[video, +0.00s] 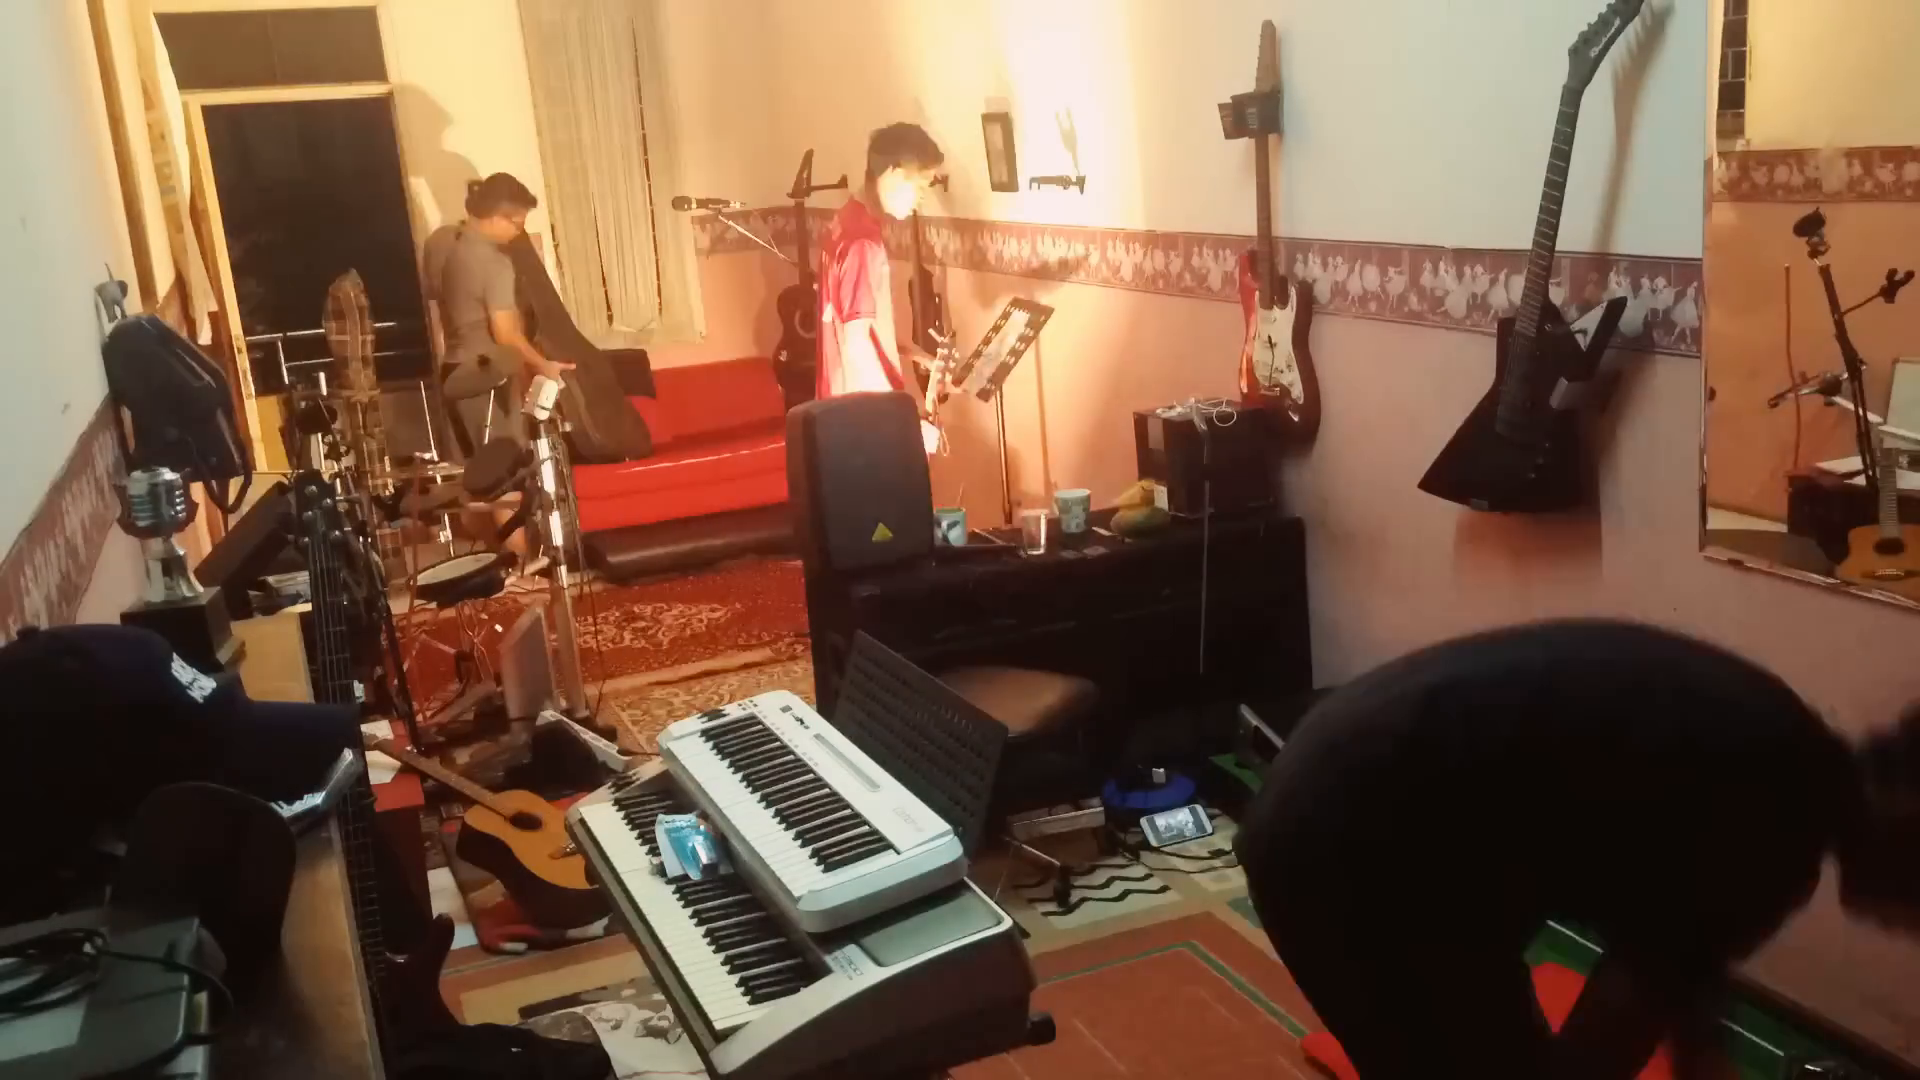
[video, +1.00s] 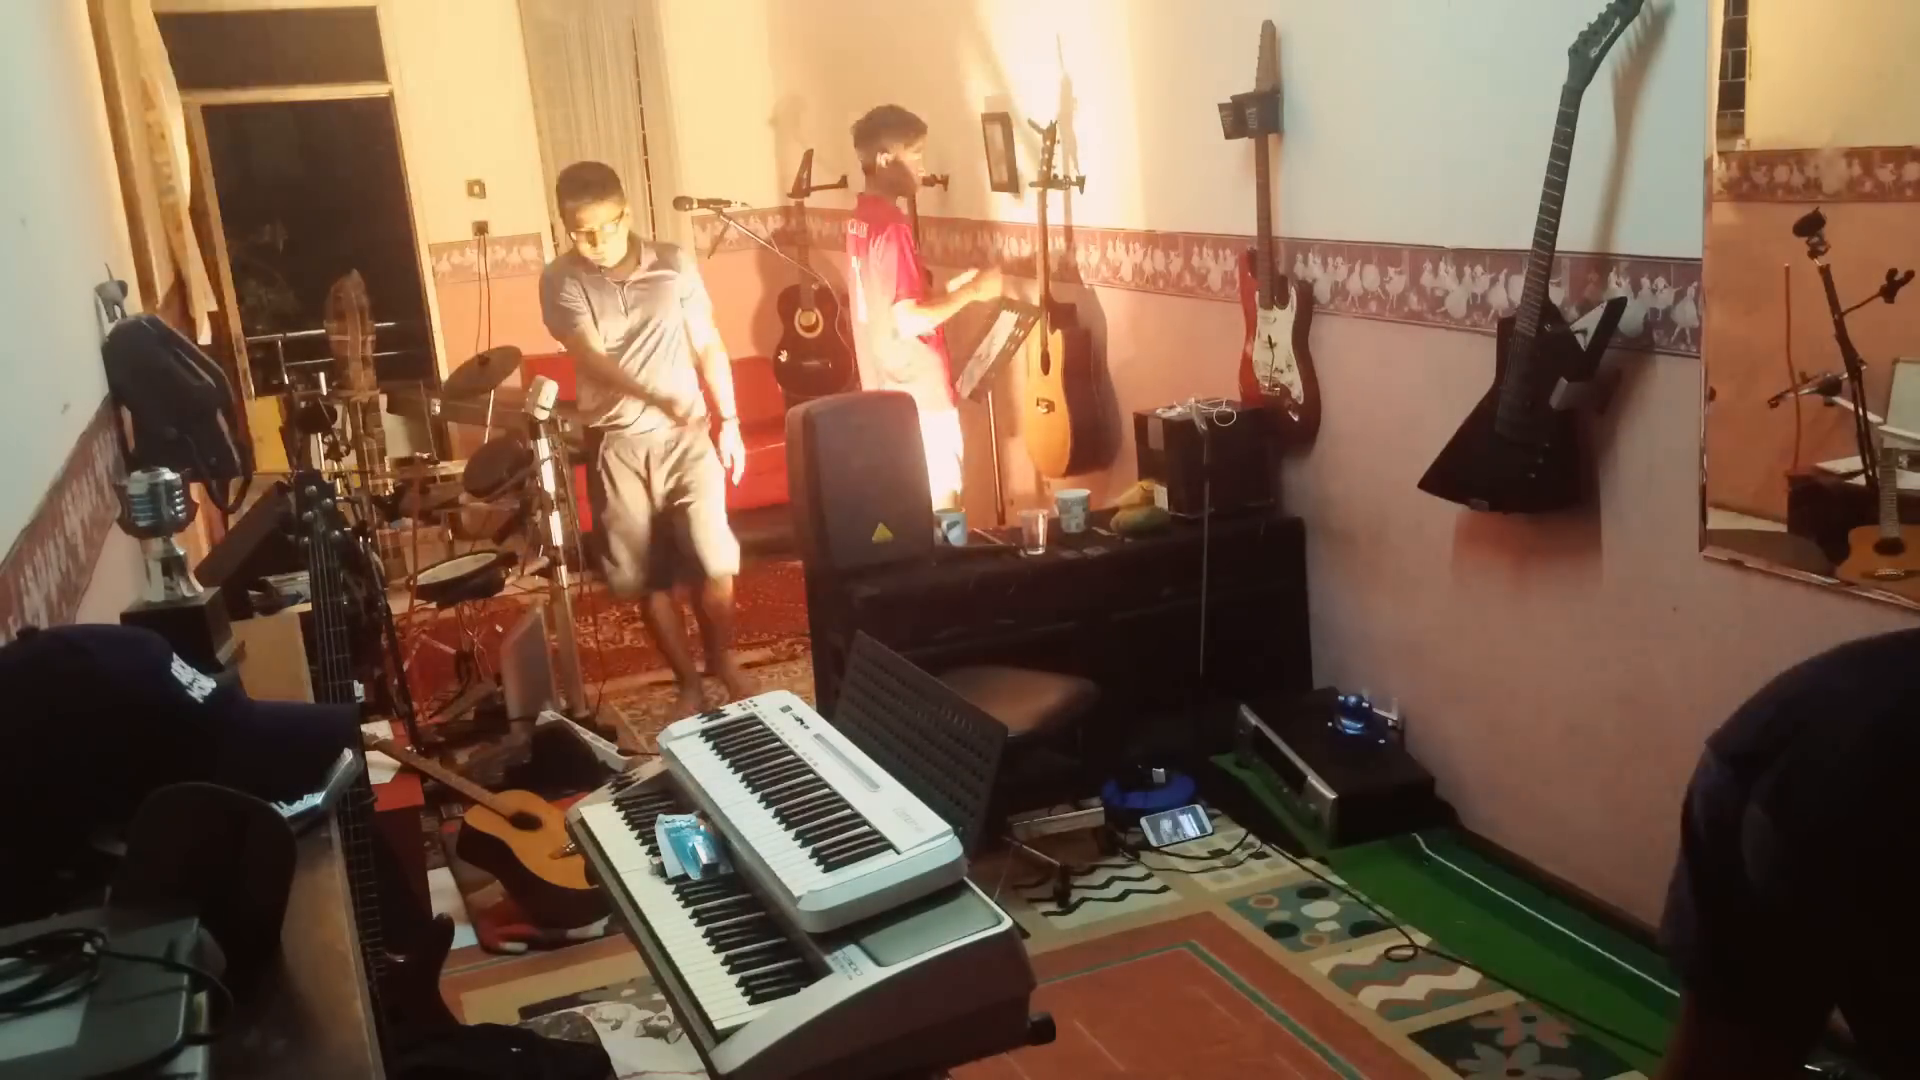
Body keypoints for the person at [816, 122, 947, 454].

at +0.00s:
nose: (920, 199)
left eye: (925, 187)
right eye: (919, 185)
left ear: (891, 172)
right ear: (891, 171)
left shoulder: (847, 226)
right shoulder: (862, 242)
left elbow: (865, 326)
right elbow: (856, 343)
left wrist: (915, 356)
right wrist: (905, 421)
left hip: (841, 412)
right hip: (864, 422)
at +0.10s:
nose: (896, 176)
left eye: (895, 164)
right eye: (890, 164)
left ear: (858, 161)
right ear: (858, 160)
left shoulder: (828, 218)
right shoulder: (848, 225)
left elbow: (807, 322)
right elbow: (900, 300)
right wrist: (970, 258)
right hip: (854, 396)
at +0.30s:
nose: (917, 150)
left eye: (912, 141)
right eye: (909, 142)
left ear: (866, 159)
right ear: (884, 153)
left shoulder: (858, 222)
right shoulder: (910, 218)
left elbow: (934, 285)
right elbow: (987, 258)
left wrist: (1009, 248)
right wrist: (1022, 183)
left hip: (889, 383)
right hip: (929, 384)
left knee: (905, 502)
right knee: (946, 502)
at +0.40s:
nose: (946, 148)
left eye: (941, 139)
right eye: (939, 140)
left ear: (892, 158)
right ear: (924, 150)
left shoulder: (890, 213)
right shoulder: (949, 222)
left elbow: (948, 251)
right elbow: (1004, 294)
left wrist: (1003, 207)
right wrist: (1037, 231)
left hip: (904, 377)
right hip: (946, 383)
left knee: (916, 491)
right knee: (953, 495)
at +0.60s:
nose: (935, 145)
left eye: (930, 135)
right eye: (926, 137)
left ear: (893, 154)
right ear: (903, 149)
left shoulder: (880, 215)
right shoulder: (925, 222)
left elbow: (945, 272)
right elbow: (974, 302)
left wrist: (993, 226)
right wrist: (1031, 259)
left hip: (896, 387)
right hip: (934, 393)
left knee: (909, 506)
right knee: (944, 505)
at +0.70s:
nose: (926, 163)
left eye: (924, 150)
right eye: (921, 149)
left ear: (884, 154)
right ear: (893, 153)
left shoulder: (865, 216)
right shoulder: (898, 224)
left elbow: (891, 294)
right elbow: (921, 315)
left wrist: (953, 276)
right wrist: (969, 284)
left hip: (881, 381)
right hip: (916, 386)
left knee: (903, 491)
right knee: (942, 489)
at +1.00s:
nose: (923, 166)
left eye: (921, 152)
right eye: (915, 153)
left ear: (881, 160)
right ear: (885, 159)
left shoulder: (864, 217)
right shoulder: (890, 226)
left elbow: (890, 304)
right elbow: (909, 319)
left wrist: (954, 288)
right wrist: (973, 291)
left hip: (887, 389)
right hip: (921, 393)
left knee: (907, 503)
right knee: (942, 504)